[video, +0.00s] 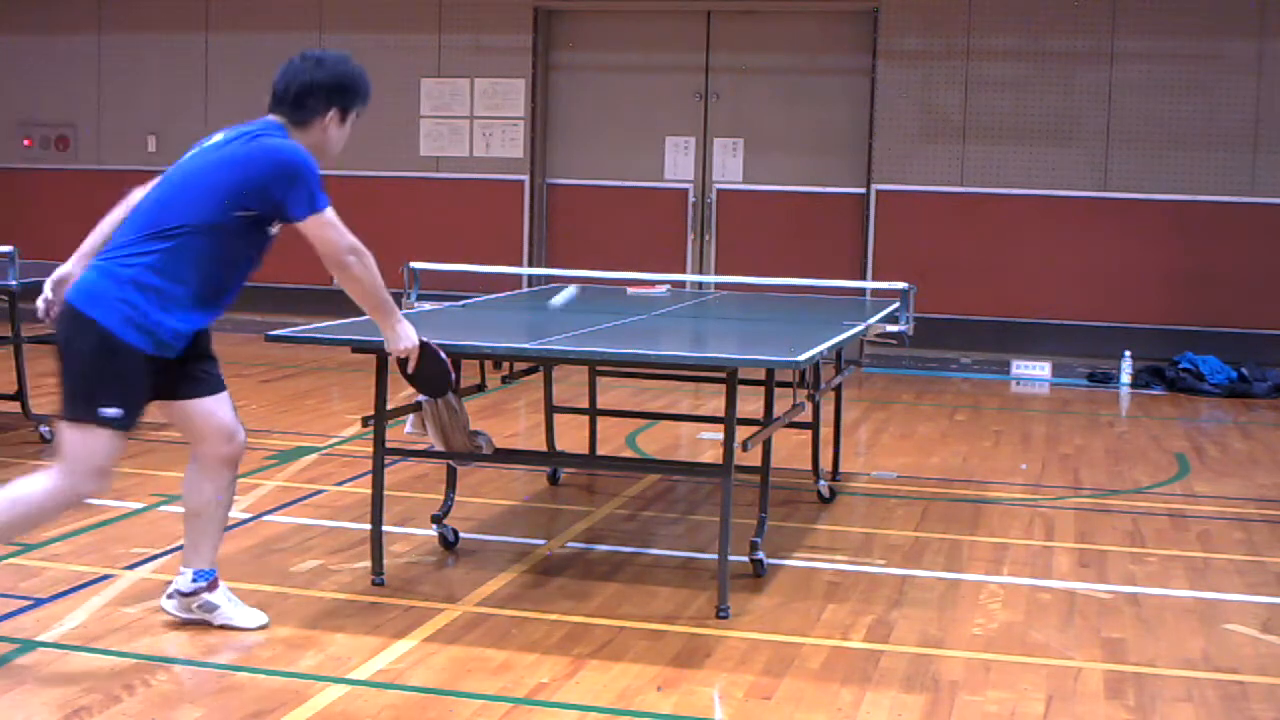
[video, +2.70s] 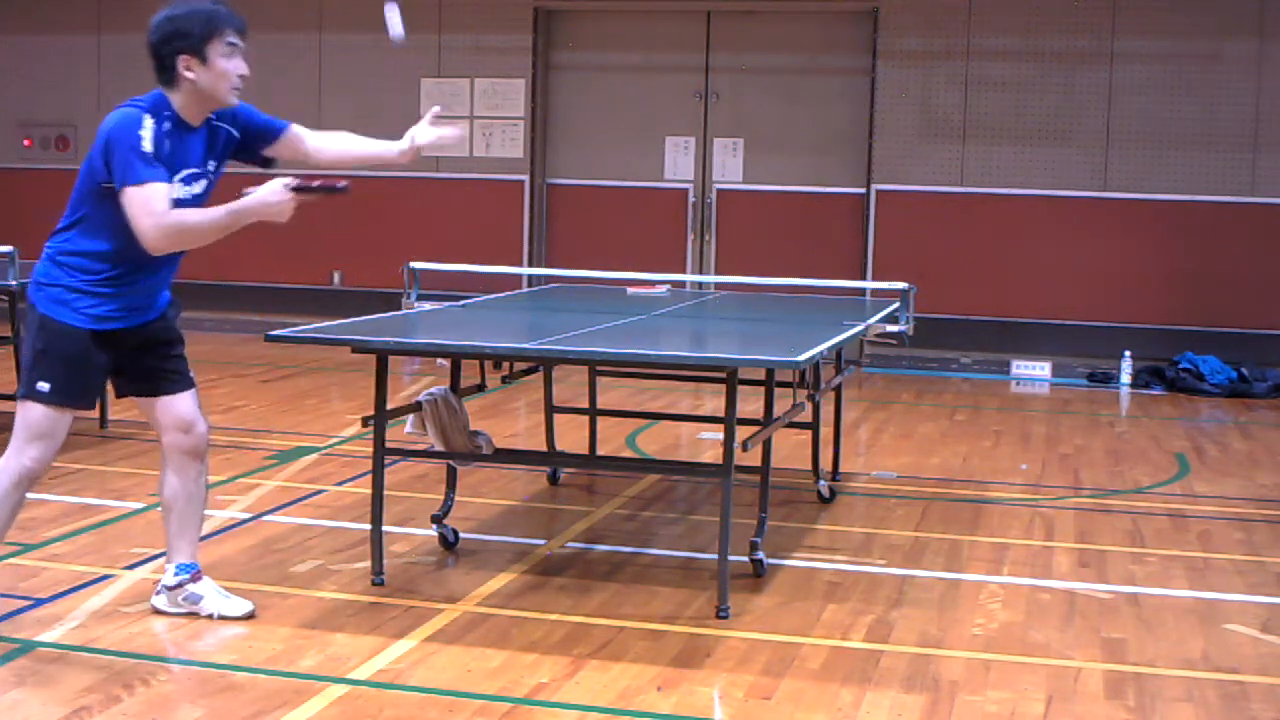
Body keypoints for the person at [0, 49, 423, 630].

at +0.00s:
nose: (347, 135)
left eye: (352, 121)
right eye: (350, 121)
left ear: (287, 103)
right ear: (330, 117)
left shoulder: (235, 140)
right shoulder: (286, 157)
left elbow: (140, 198)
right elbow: (345, 256)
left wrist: (76, 264)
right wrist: (396, 326)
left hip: (173, 324)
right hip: (110, 313)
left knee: (220, 441)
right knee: (80, 474)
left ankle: (195, 586)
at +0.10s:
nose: (354, 108)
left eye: (357, 95)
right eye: (355, 94)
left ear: (292, 80)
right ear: (334, 90)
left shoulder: (240, 119)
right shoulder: (300, 144)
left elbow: (140, 174)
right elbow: (349, 251)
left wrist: (93, 257)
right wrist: (393, 328)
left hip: (188, 315)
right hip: (131, 307)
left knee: (220, 444)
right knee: (139, 475)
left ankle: (197, 584)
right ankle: (18, 592)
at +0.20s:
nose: (351, 86)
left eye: (353, 74)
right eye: (352, 72)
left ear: (285, 59)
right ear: (332, 68)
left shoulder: (239, 104)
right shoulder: (300, 132)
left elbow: (139, 168)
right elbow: (346, 248)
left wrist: (118, 264)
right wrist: (391, 333)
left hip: (188, 306)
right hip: (152, 303)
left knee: (222, 441)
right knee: (194, 465)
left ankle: (194, 582)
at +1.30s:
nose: (339, 93)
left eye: (343, 81)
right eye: (343, 80)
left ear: (279, 57)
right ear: (326, 71)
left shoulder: (224, 105)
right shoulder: (277, 127)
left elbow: (146, 176)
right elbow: (272, 251)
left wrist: (206, 236)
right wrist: (335, 315)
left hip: (159, 309)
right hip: (188, 319)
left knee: (200, 456)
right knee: (232, 477)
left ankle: (182, 580)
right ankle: (169, 643)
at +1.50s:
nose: (336, 98)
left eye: (340, 84)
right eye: (338, 82)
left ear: (300, 69)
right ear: (310, 71)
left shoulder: (260, 123)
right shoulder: (242, 117)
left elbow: (244, 225)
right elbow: (213, 225)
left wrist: (314, 245)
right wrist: (299, 269)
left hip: (205, 308)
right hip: (153, 302)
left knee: (214, 451)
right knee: (157, 455)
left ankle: (181, 581)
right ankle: (127, 626)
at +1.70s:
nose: (329, 90)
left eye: (334, 76)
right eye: (325, 72)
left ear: (294, 68)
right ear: (286, 61)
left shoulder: (271, 140)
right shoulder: (219, 107)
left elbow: (279, 233)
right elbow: (195, 212)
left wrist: (348, 228)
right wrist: (287, 240)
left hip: (198, 300)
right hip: (131, 291)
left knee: (210, 444)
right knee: (118, 443)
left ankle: (183, 580)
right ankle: (34, 581)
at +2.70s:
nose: (245, 68)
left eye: (243, 54)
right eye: (231, 54)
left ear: (206, 67)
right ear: (186, 65)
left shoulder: (225, 123)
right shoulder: (133, 125)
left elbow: (312, 147)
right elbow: (156, 232)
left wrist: (401, 150)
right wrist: (252, 208)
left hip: (144, 304)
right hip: (69, 302)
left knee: (187, 435)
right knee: (30, 455)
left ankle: (180, 579)